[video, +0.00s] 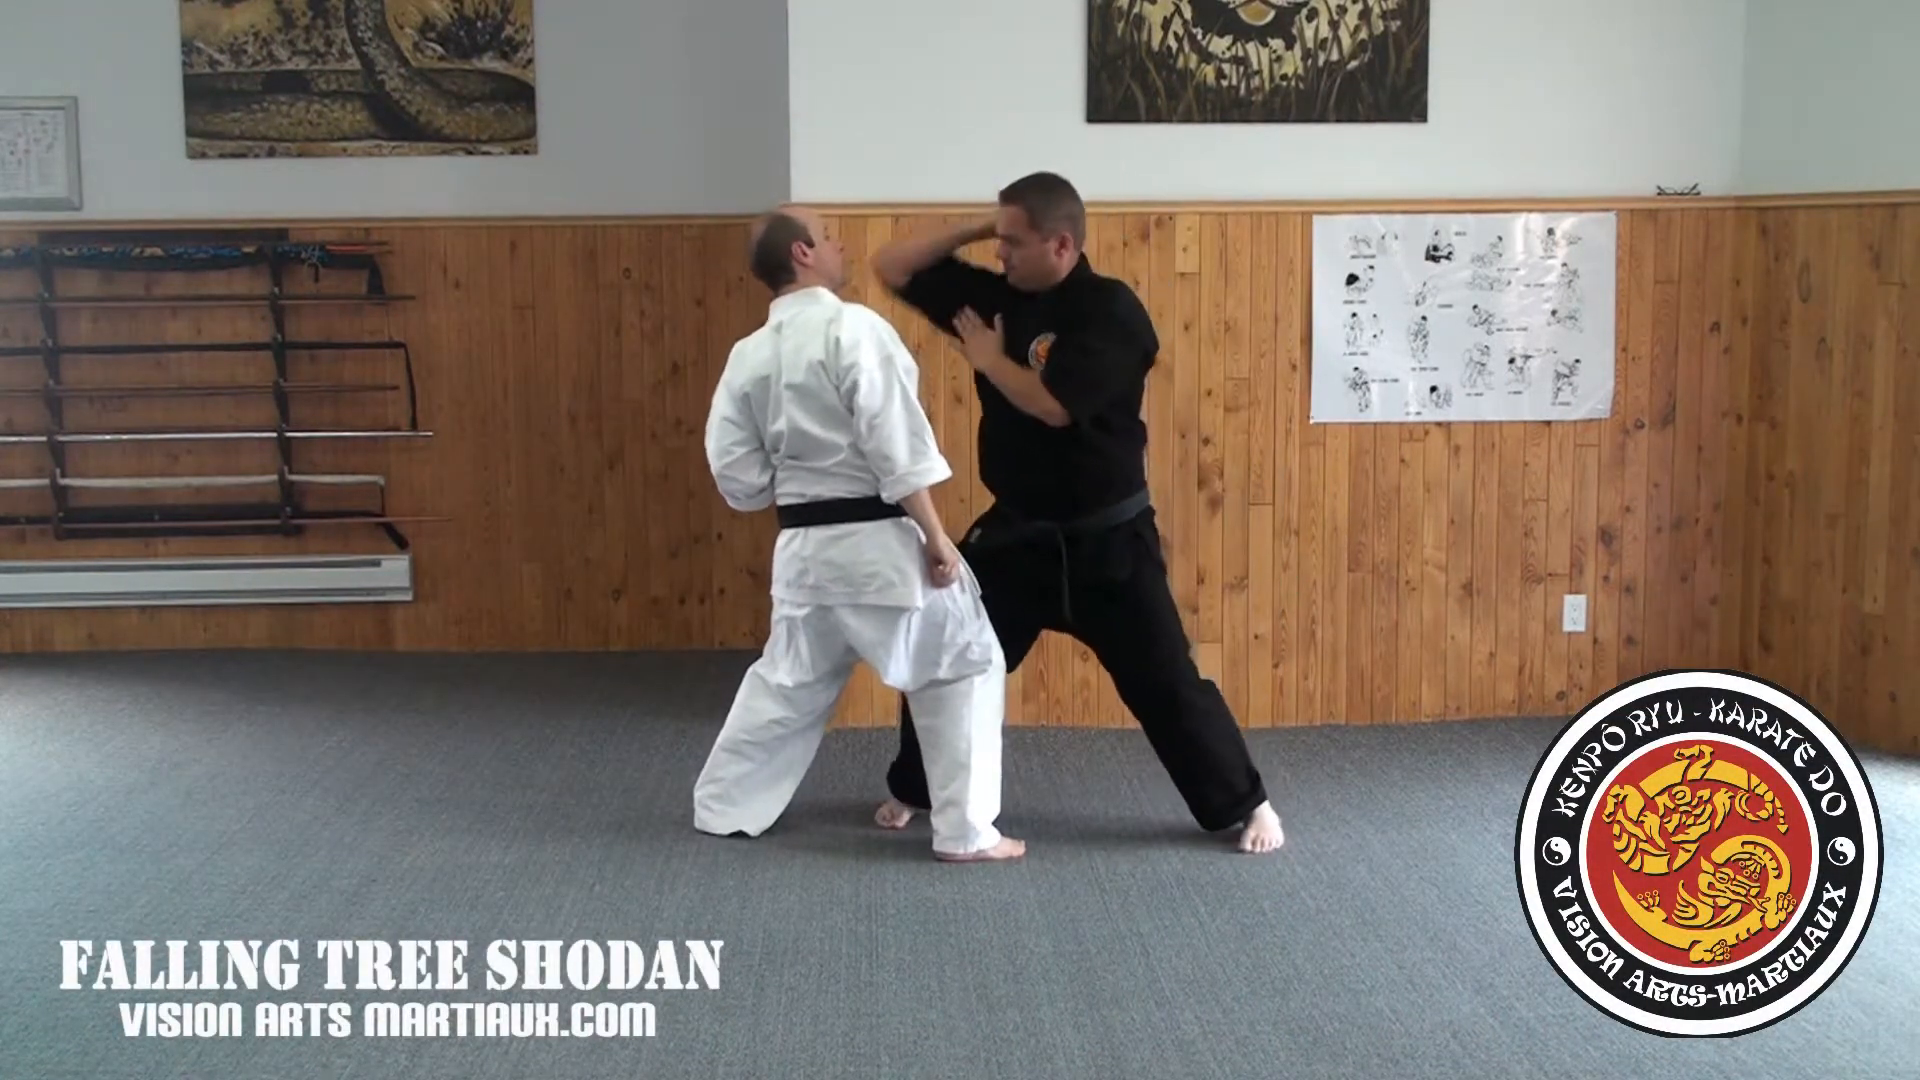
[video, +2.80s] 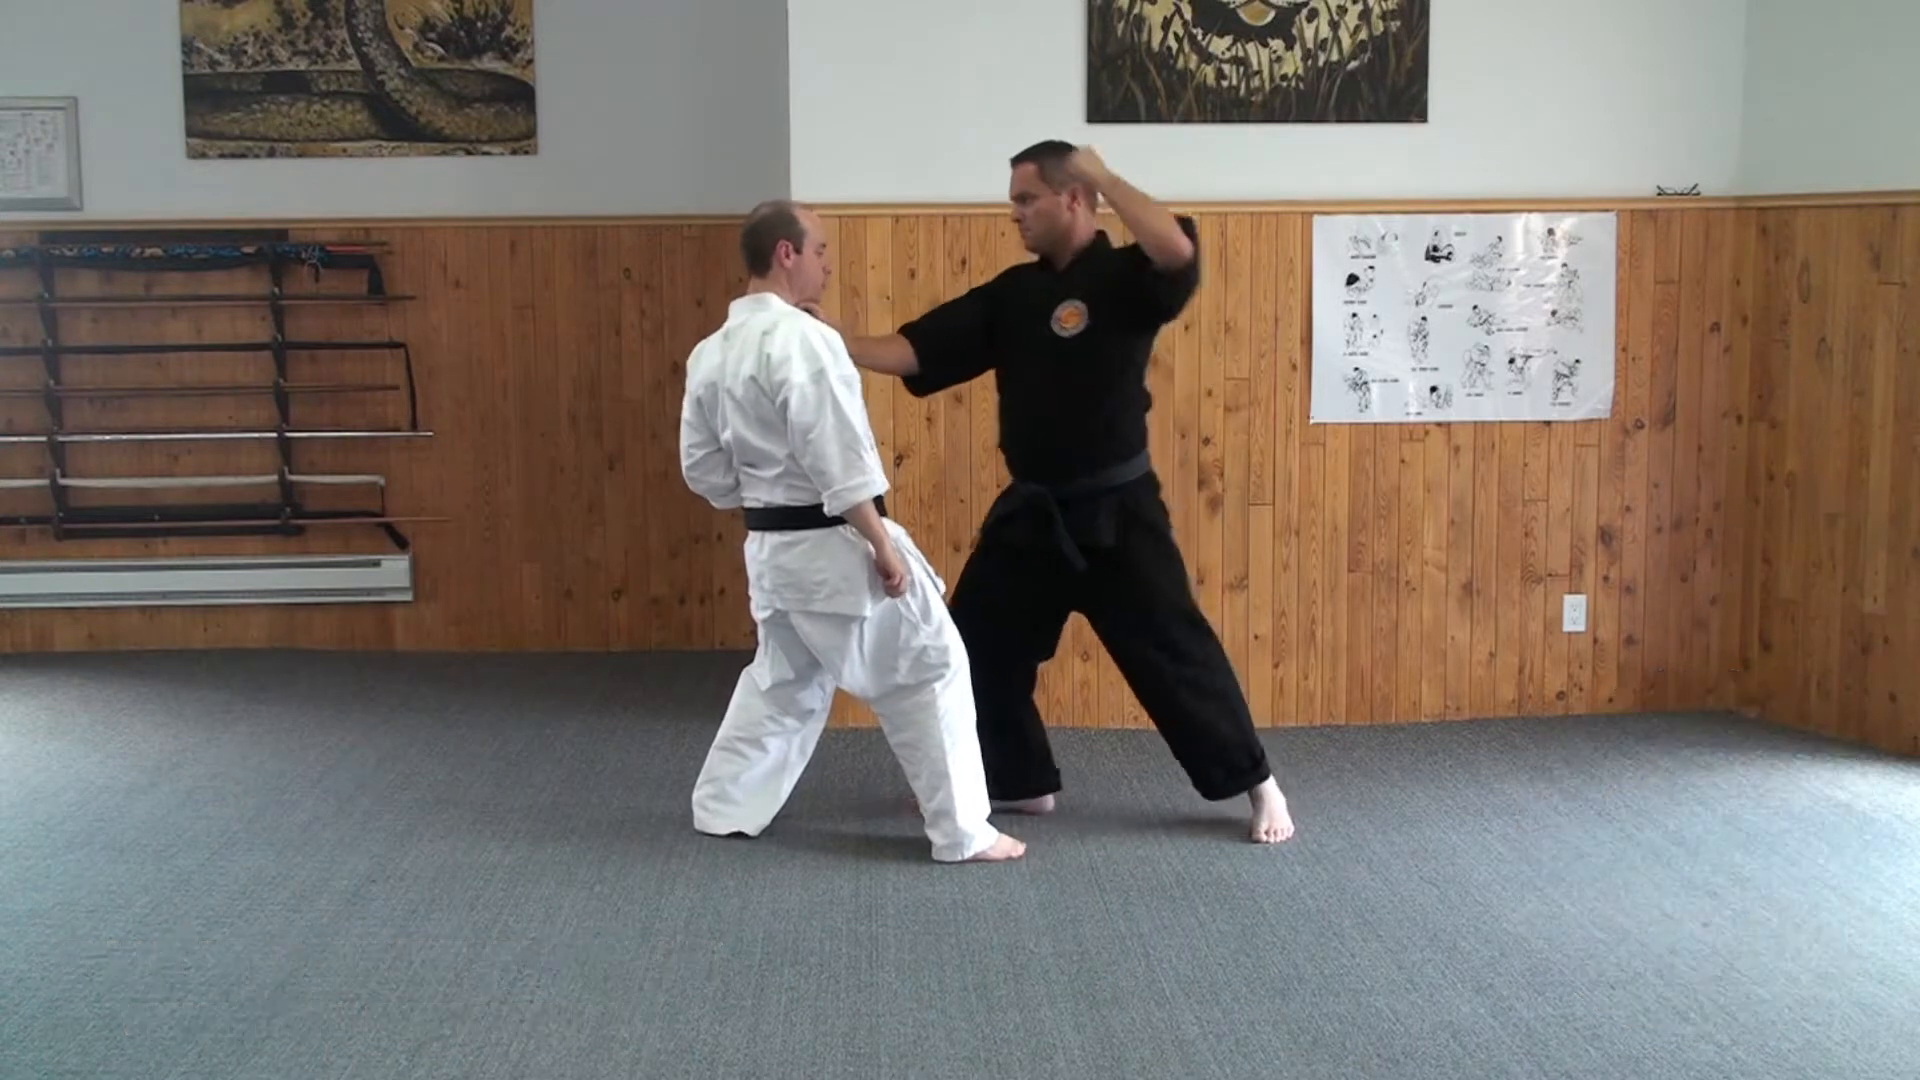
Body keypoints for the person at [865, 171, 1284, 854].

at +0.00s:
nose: (1000, 252)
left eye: (1012, 242)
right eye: (998, 239)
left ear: (1060, 245)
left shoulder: (1113, 313)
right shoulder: (995, 303)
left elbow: (1055, 406)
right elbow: (890, 268)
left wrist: (988, 359)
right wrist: (977, 233)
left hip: (1108, 537)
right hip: (1014, 534)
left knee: (1165, 682)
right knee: (939, 658)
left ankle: (1246, 804)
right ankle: (914, 790)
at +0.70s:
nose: (1038, 242)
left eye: (1049, 230)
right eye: (1035, 229)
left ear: (1100, 231)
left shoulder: (1158, 304)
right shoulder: (1033, 301)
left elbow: (1133, 406)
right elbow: (947, 338)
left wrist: (1047, 364)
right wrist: (928, 298)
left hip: (1147, 525)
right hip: (1052, 520)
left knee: (1193, 669)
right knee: (982, 652)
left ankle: (1254, 800)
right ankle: (960, 786)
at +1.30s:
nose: (1037, 230)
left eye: (1047, 217)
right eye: (1035, 218)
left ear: (1096, 219)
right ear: (1085, 221)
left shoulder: (1140, 294)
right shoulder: (1055, 296)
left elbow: (1067, 383)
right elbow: (975, 359)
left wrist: (1006, 315)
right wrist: (890, 383)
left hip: (1135, 517)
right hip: (1055, 514)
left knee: (1170, 665)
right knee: (994, 654)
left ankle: (1254, 792)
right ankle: (963, 787)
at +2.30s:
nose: (1049, 242)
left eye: (1062, 228)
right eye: (1046, 229)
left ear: (1110, 229)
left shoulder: (1174, 308)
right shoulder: (1033, 307)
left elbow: (1173, 417)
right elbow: (922, 321)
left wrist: (1074, 384)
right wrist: (830, 317)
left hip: (1142, 530)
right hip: (1043, 526)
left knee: (1197, 669)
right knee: (973, 653)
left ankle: (1257, 796)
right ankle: (946, 785)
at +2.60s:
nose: (1045, 218)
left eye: (1057, 205)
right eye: (1043, 206)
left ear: (1107, 202)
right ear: (1057, 209)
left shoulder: (1184, 283)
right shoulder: (1034, 297)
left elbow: (1239, 359)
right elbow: (937, 354)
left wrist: (1149, 307)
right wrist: (849, 348)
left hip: (1157, 512)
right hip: (1059, 513)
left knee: (1200, 659)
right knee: (989, 646)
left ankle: (1259, 800)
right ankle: (962, 782)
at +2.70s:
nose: (1032, 212)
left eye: (1043, 199)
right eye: (1030, 200)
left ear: (1090, 196)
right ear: (1070, 201)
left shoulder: (1160, 272)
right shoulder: (1027, 292)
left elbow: (1219, 302)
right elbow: (926, 354)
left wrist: (1131, 237)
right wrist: (833, 345)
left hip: (1143, 507)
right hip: (1049, 511)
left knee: (1189, 649)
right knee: (984, 639)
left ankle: (1258, 792)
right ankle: (1016, 777)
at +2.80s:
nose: (1015, 214)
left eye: (1025, 200)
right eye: (1013, 202)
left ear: (1074, 199)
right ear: (1051, 205)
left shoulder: (1125, 276)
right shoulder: (1011, 294)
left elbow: (1176, 253)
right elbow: (912, 350)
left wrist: (1106, 182)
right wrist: (824, 345)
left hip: (1118, 507)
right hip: (1030, 511)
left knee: (1172, 643)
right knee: (978, 639)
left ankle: (1259, 784)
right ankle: (1021, 781)